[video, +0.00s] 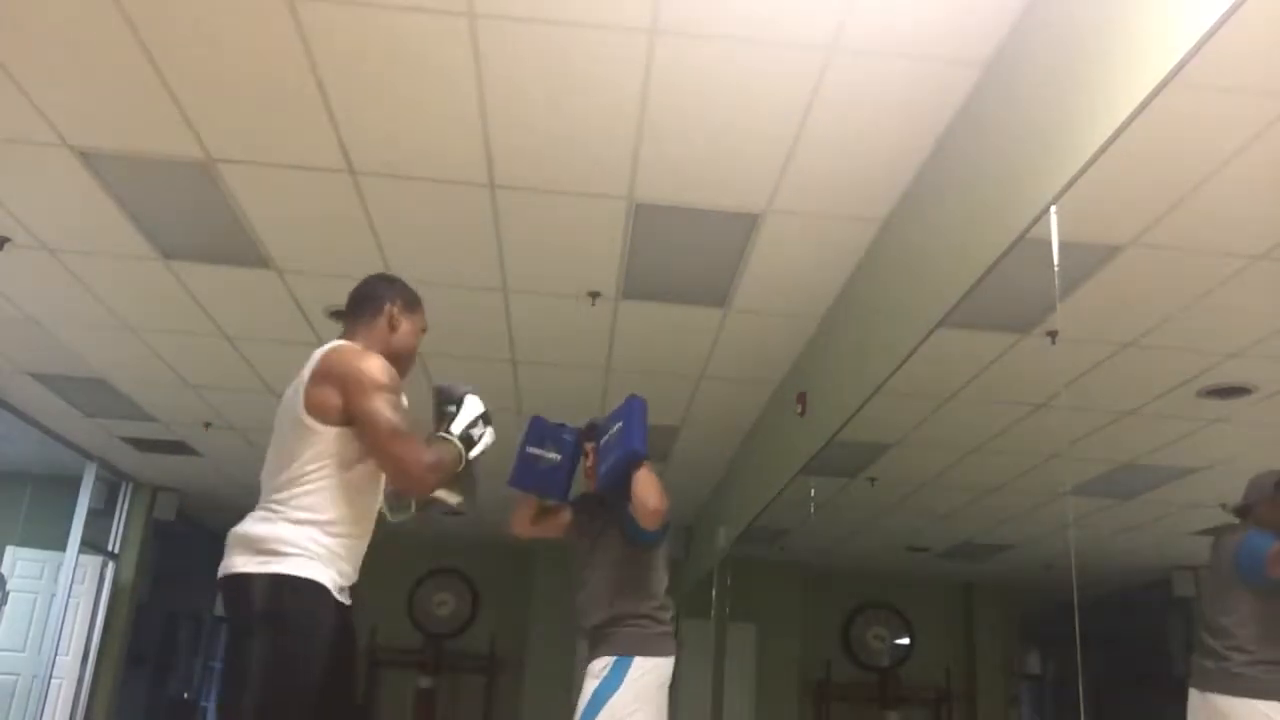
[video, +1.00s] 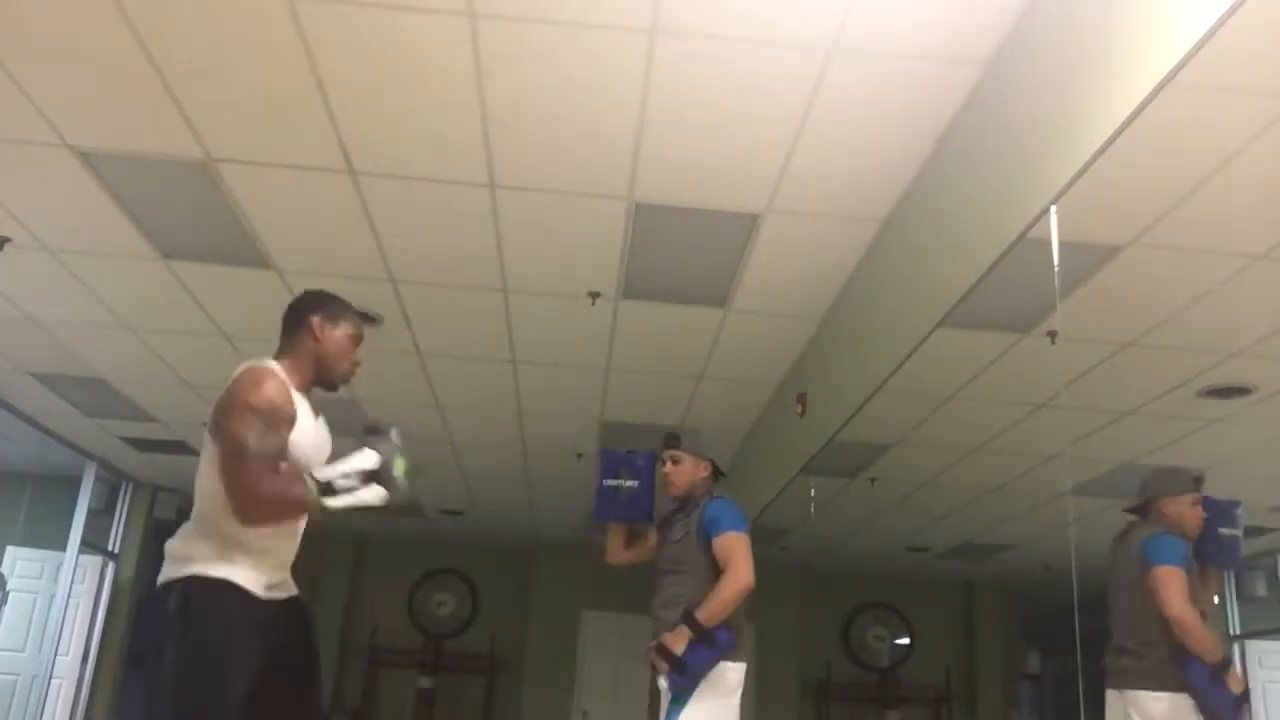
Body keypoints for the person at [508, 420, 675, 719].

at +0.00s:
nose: (588, 463)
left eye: (596, 453)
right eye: (585, 455)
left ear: (615, 455)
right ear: (581, 459)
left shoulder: (637, 502)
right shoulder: (589, 509)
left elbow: (653, 507)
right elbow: (523, 525)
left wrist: (633, 453)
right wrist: (541, 466)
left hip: (635, 649)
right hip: (608, 647)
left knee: (596, 712)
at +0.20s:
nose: (596, 463)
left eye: (604, 452)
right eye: (593, 454)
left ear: (622, 455)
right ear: (589, 459)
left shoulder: (645, 502)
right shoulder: (600, 509)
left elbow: (656, 505)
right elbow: (537, 525)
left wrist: (636, 451)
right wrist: (557, 462)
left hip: (645, 650)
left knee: (605, 712)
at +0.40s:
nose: (625, 458)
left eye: (634, 451)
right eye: (624, 451)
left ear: (659, 460)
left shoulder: (678, 498)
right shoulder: (621, 509)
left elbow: (658, 503)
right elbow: (558, 530)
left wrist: (610, 455)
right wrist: (567, 468)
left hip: (662, 656)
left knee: (618, 713)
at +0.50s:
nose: (632, 469)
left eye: (642, 460)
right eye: (630, 461)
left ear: (670, 467)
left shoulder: (685, 502)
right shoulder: (635, 514)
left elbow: (700, 531)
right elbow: (575, 538)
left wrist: (626, 500)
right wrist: (573, 490)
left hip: (674, 655)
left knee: (632, 713)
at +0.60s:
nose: (644, 477)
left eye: (654, 468)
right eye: (641, 469)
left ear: (682, 475)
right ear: (636, 474)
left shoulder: (699, 516)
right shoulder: (647, 522)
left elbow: (725, 567)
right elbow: (586, 552)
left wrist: (657, 552)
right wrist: (590, 492)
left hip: (687, 663)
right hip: (663, 659)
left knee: (644, 713)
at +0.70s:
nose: (654, 478)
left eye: (664, 469)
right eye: (651, 470)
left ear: (692, 476)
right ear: (646, 475)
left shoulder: (708, 518)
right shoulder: (661, 526)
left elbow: (737, 582)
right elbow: (603, 560)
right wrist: (601, 497)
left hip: (696, 667)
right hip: (671, 664)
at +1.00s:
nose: (666, 469)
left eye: (676, 461)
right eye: (664, 463)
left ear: (704, 469)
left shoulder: (718, 510)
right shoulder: (676, 520)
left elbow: (740, 578)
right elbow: (617, 554)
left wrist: (683, 633)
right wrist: (618, 490)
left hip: (709, 660)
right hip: (679, 659)